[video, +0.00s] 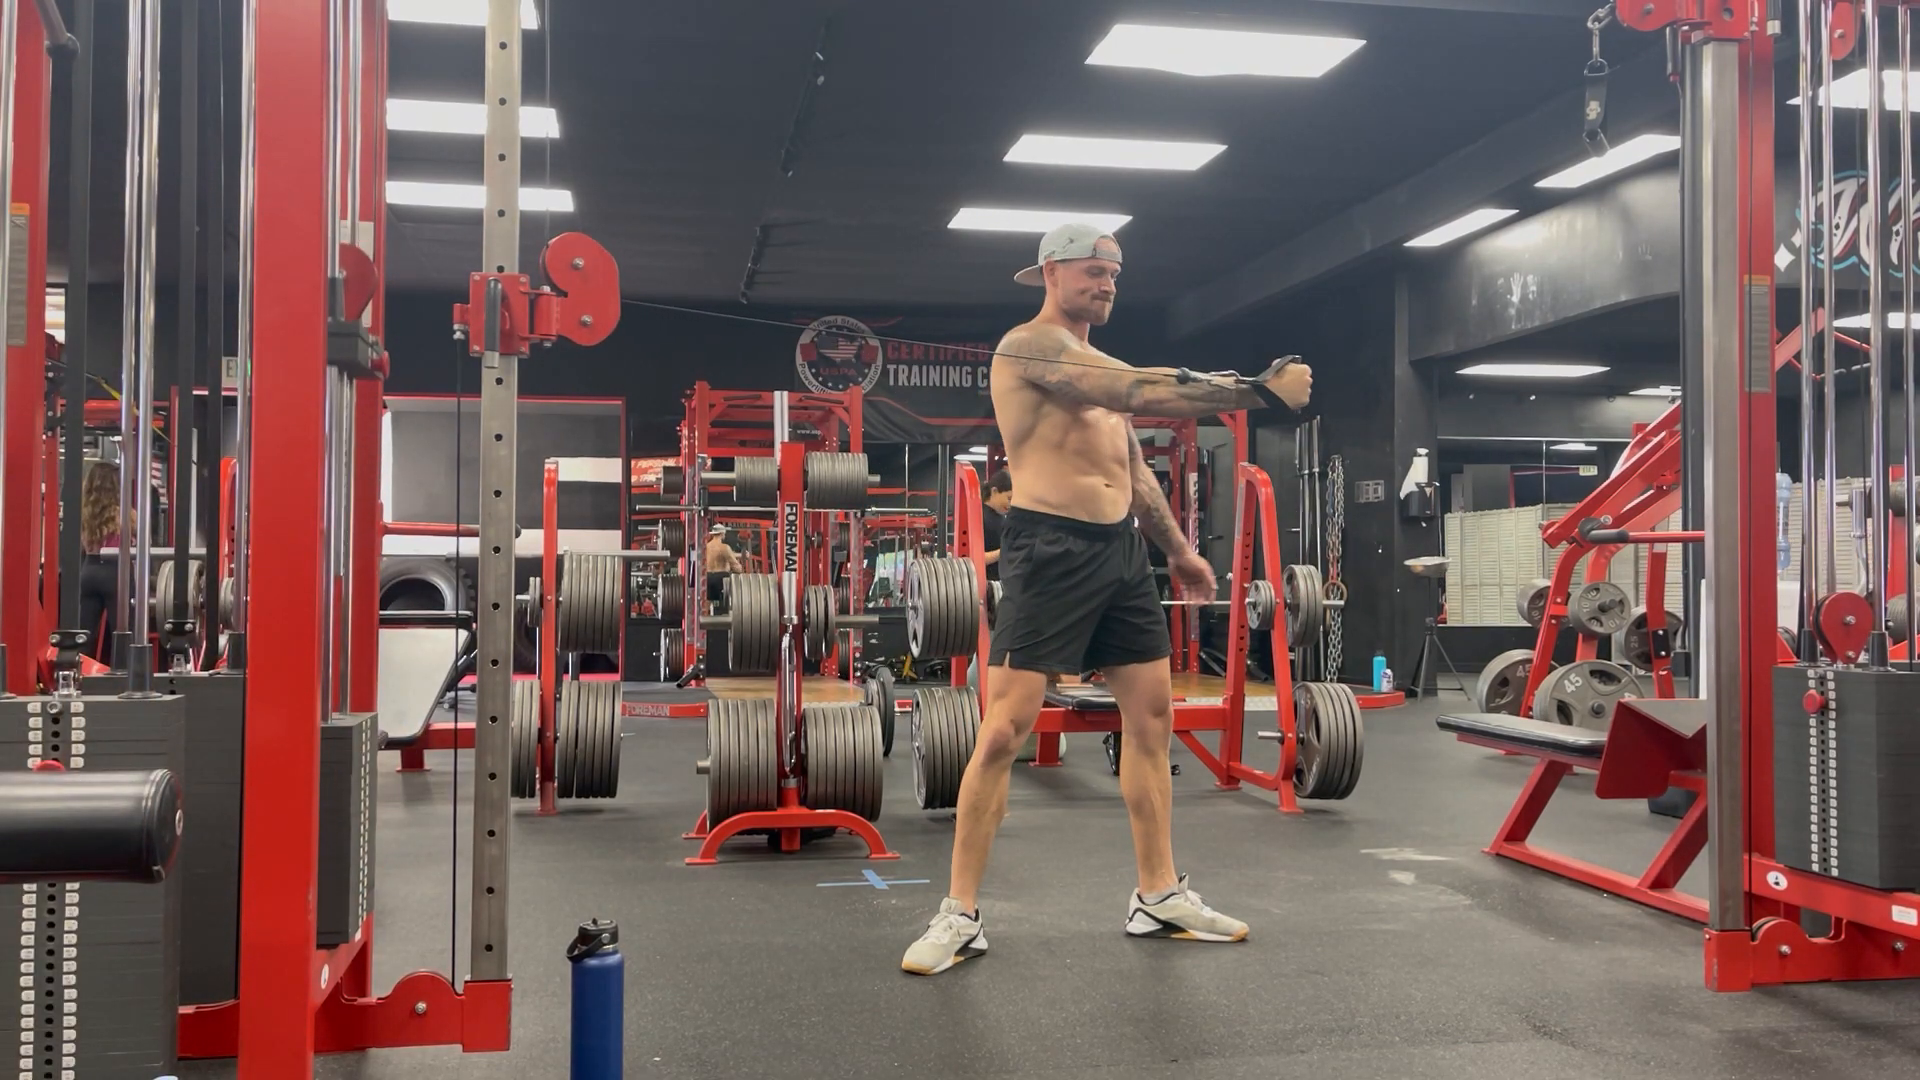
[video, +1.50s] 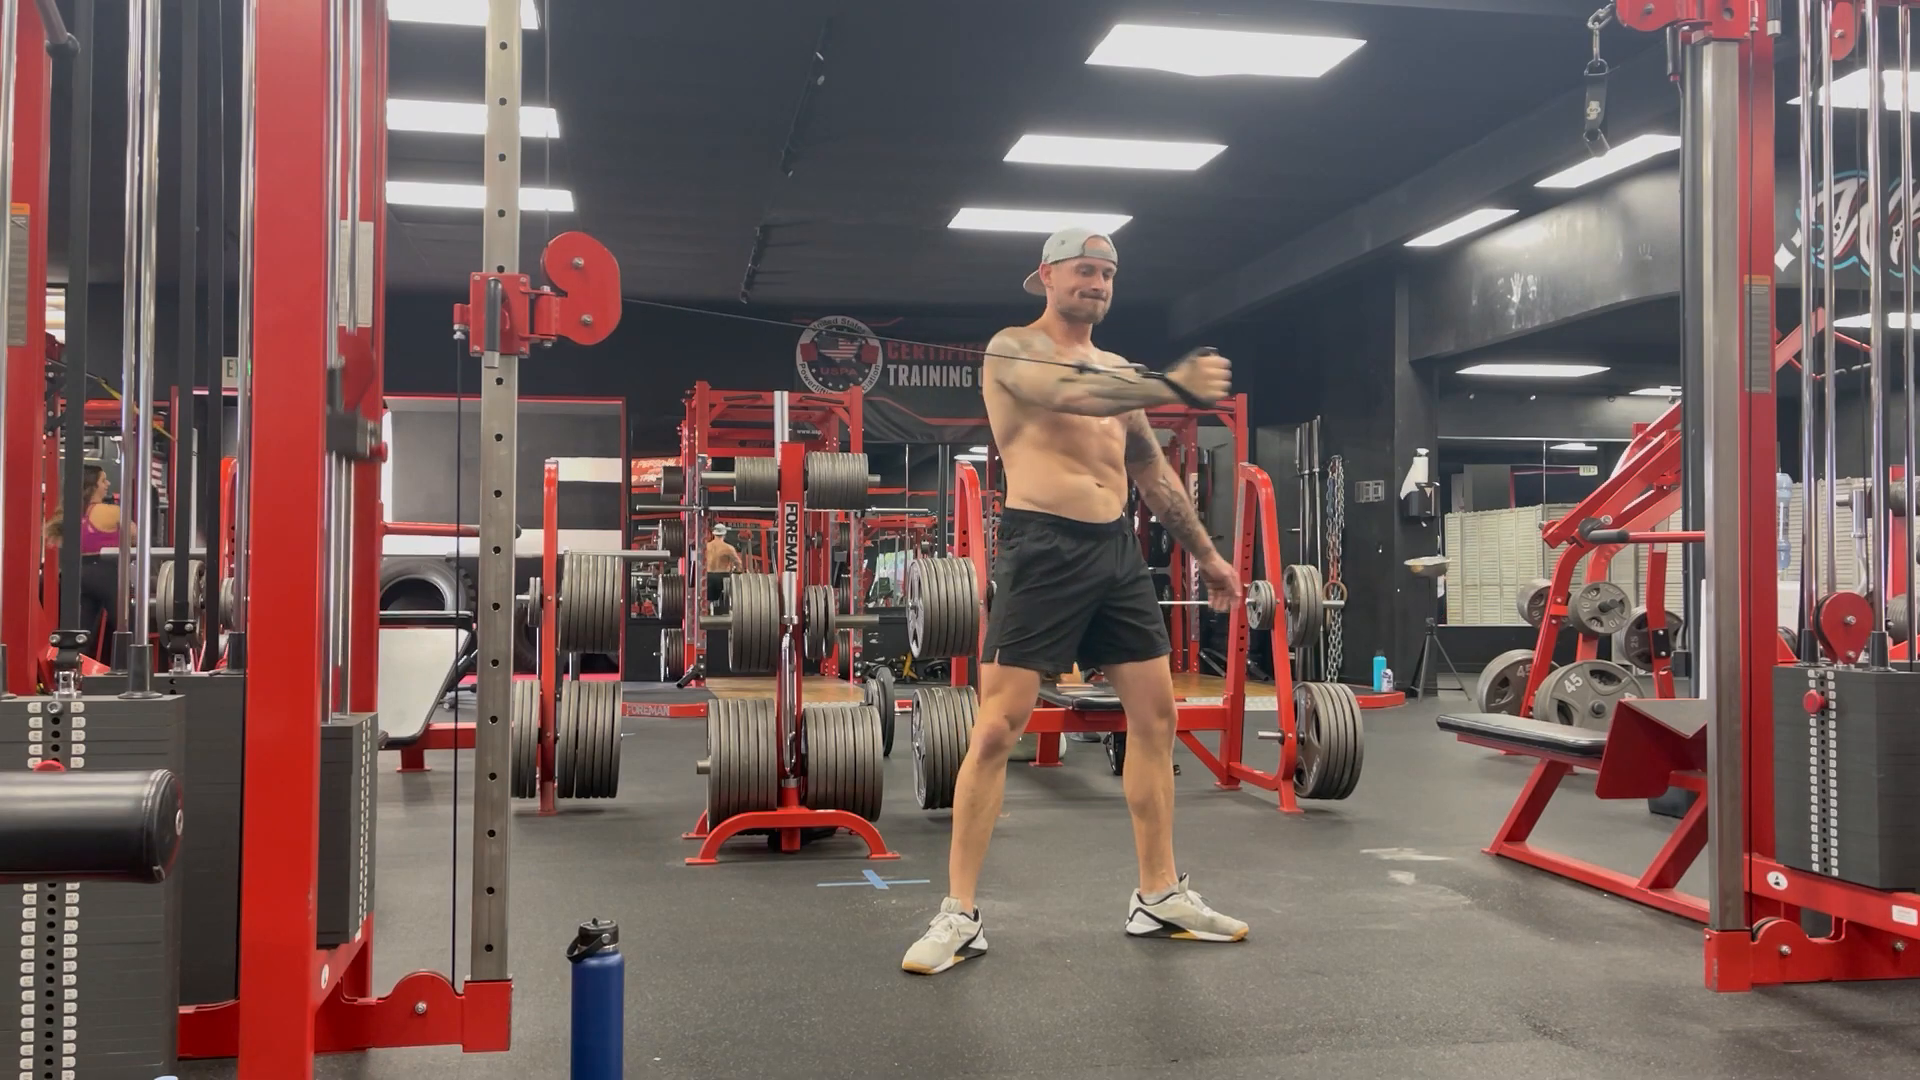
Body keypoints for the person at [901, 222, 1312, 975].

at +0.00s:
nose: (1105, 279)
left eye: (1112, 271)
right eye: (1090, 266)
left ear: (1112, 286)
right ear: (1047, 276)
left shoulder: (1110, 371)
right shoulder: (1026, 345)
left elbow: (1135, 474)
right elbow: (1129, 388)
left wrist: (1180, 549)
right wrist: (1255, 390)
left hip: (1124, 554)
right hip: (1047, 551)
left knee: (1152, 720)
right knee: (1002, 733)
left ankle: (1158, 894)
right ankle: (960, 910)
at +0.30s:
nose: (1087, 279)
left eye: (1097, 269)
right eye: (1072, 266)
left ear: (1107, 283)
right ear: (1039, 278)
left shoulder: (1127, 370)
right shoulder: (1009, 347)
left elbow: (1173, 471)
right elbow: (1068, 388)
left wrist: (1232, 548)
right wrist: (1180, 382)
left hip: (1126, 555)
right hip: (1043, 551)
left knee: (1155, 718)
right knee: (992, 732)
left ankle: (1158, 895)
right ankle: (959, 910)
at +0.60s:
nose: (1062, 280)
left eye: (1077, 269)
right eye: (1051, 268)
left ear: (1101, 282)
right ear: (1032, 279)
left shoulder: (1138, 368)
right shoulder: (999, 348)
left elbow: (1204, 470)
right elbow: (995, 387)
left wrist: (1272, 544)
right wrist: (1045, 372)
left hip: (1123, 553)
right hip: (1035, 552)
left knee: (1156, 720)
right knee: (984, 727)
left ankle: (1158, 895)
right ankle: (958, 910)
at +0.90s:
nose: (1039, 282)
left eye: (1055, 270)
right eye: (1031, 271)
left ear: (1091, 281)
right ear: (1023, 282)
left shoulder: (1143, 367)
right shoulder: (996, 356)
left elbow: (1217, 458)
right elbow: (946, 394)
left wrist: (1295, 533)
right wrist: (918, 373)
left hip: (1118, 550)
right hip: (1026, 551)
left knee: (1152, 722)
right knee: (976, 722)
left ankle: (1158, 895)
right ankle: (958, 909)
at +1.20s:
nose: (1060, 276)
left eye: (1075, 265)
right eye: (1048, 264)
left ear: (1097, 282)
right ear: (1028, 278)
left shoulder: (1137, 368)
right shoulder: (999, 349)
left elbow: (1207, 465)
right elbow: (950, 396)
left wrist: (1279, 537)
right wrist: (974, 371)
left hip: (1118, 551)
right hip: (1030, 550)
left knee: (1158, 719)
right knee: (982, 727)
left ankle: (1159, 895)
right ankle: (957, 910)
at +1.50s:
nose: (1095, 283)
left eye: (1105, 273)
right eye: (1081, 269)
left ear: (1112, 288)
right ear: (1044, 277)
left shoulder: (1121, 374)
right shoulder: (1009, 347)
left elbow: (1156, 475)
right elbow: (1061, 390)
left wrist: (1210, 556)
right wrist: (1173, 385)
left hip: (1118, 553)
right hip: (1038, 549)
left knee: (1154, 717)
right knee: (994, 731)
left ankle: (1159, 894)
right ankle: (959, 910)